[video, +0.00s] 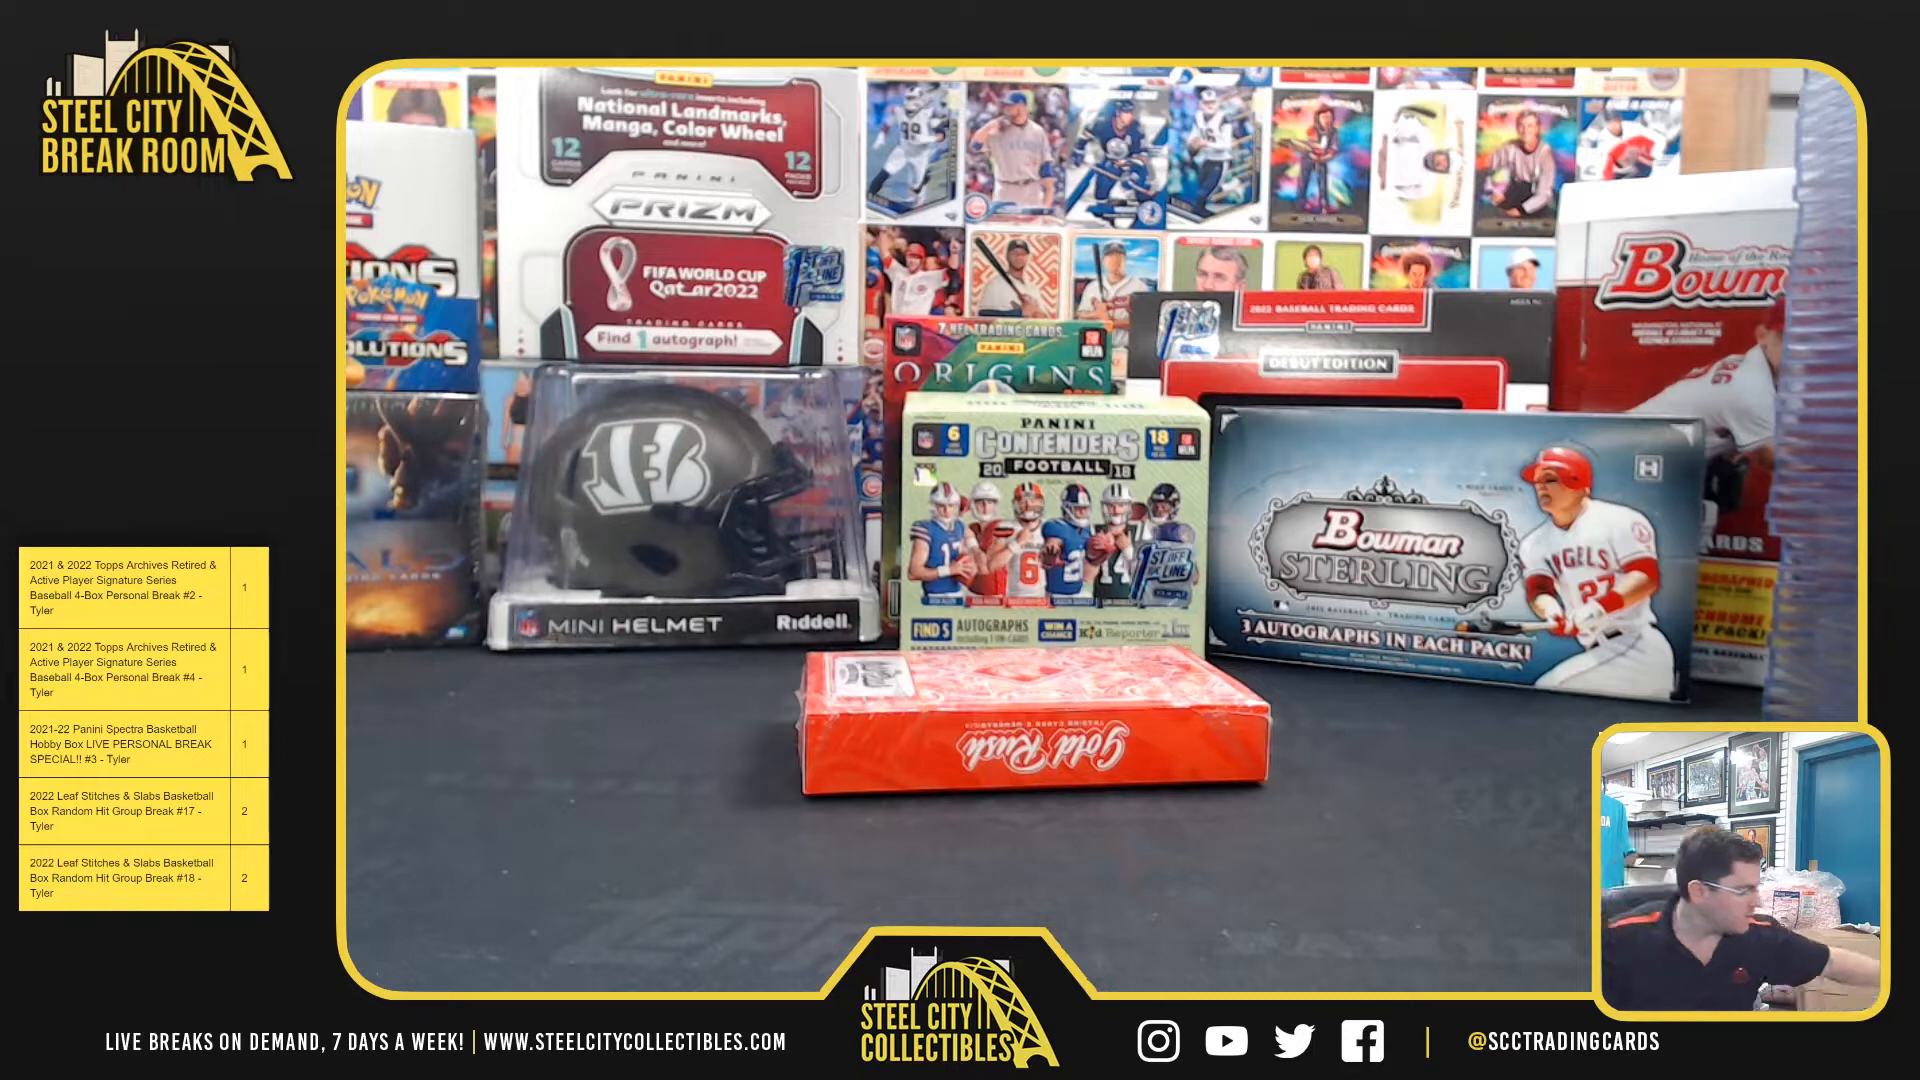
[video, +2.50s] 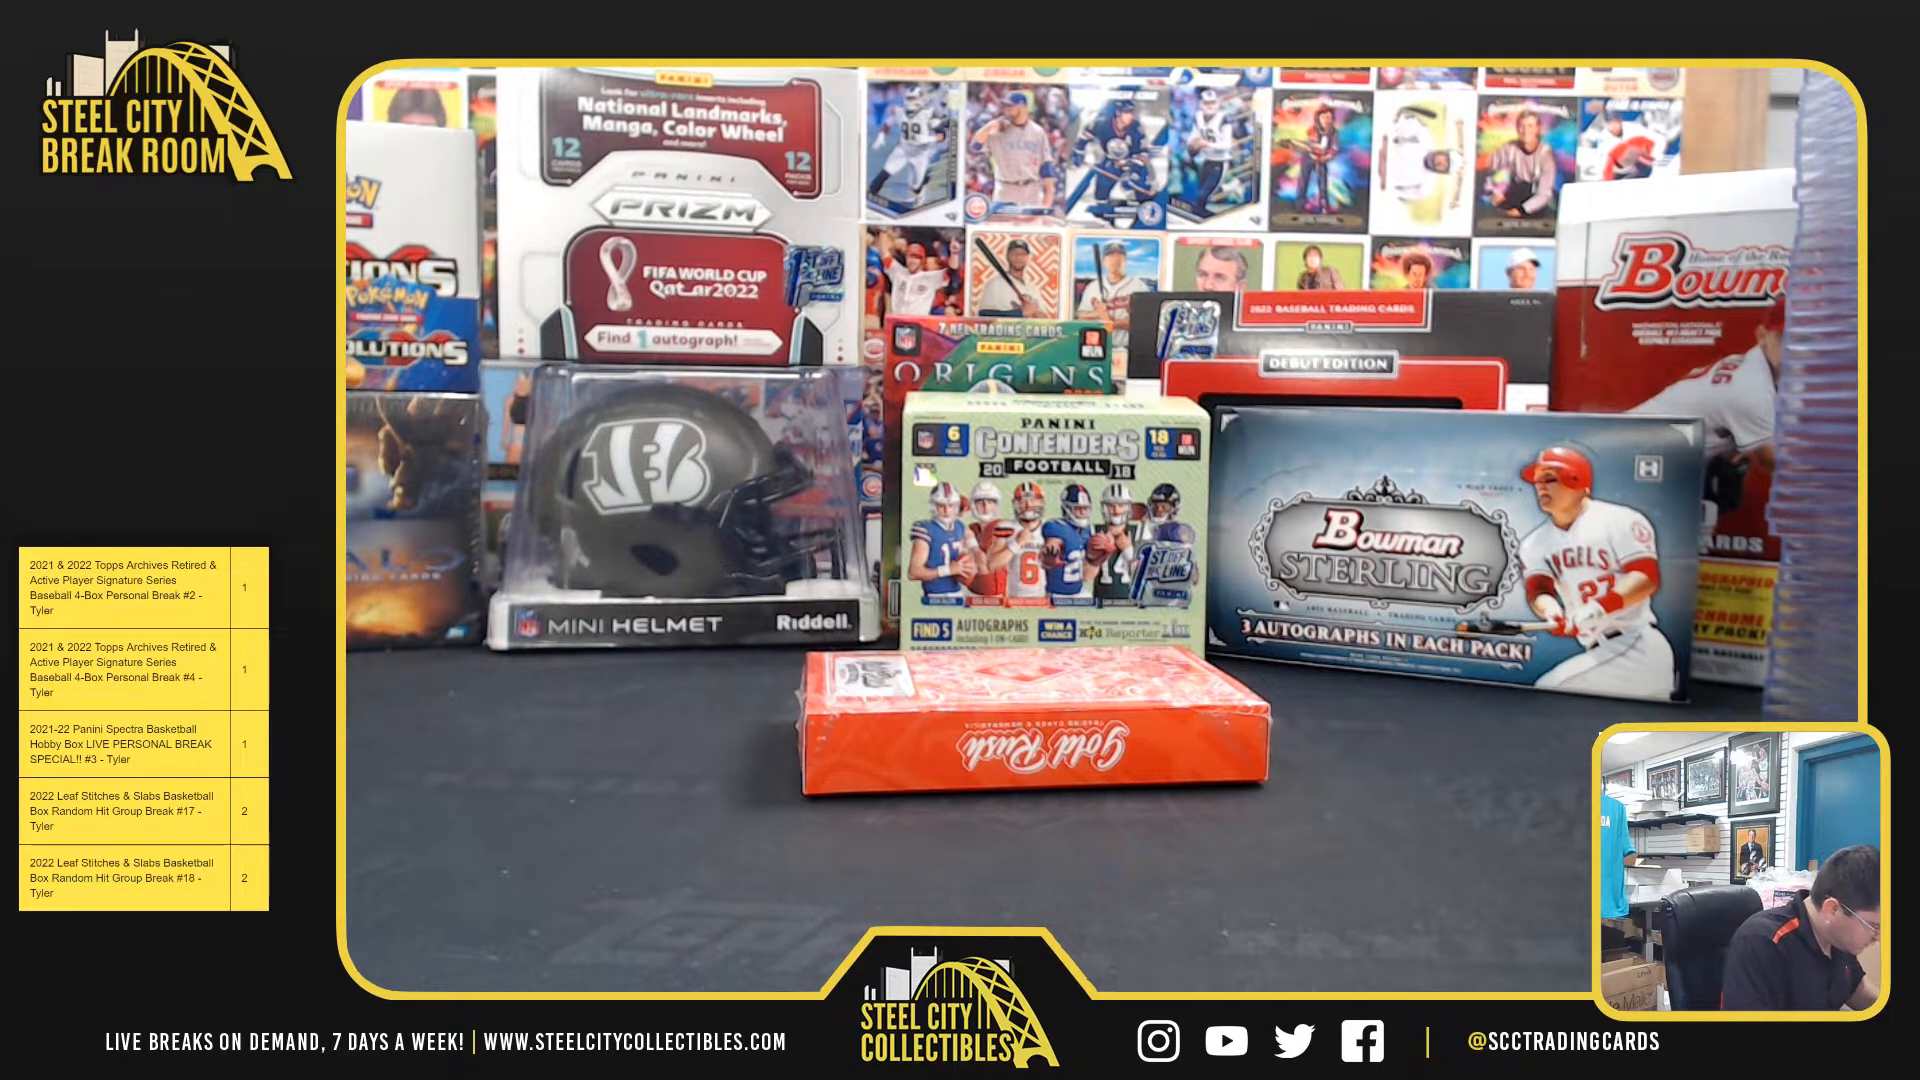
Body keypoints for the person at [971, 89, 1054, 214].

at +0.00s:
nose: (1007, 110)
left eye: (1011, 106)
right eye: (1006, 106)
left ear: (1023, 108)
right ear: (1005, 108)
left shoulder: (1038, 132)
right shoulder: (997, 129)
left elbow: (1046, 167)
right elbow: (974, 147)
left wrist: (1048, 201)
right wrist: (990, 126)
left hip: (1031, 187)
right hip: (1004, 186)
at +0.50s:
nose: (1007, 110)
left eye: (1010, 106)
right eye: (1006, 106)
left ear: (1022, 107)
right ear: (1005, 107)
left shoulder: (1038, 132)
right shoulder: (997, 129)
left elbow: (1046, 167)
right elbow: (974, 147)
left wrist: (1048, 201)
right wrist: (990, 127)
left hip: (1031, 187)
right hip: (1004, 186)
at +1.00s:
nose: (1006, 110)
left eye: (1010, 106)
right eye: (1005, 106)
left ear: (1022, 107)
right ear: (1004, 107)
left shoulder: (1038, 132)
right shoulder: (997, 129)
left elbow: (1046, 166)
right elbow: (974, 147)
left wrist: (1048, 200)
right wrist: (990, 127)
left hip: (1032, 186)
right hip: (1005, 186)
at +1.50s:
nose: (1006, 110)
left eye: (1010, 106)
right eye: (1005, 106)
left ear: (1022, 107)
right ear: (1004, 107)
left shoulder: (1038, 132)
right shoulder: (997, 129)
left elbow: (1046, 166)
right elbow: (974, 147)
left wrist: (1048, 200)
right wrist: (990, 127)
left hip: (1032, 186)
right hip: (1005, 186)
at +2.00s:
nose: (1006, 110)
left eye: (1010, 106)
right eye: (1005, 106)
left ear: (1022, 107)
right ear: (1004, 107)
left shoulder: (1038, 132)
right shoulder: (997, 129)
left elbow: (1046, 166)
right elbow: (974, 146)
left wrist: (1048, 198)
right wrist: (992, 126)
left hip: (1032, 186)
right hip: (1005, 186)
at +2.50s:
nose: (1007, 110)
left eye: (1011, 106)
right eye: (1006, 106)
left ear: (1022, 107)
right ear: (1004, 107)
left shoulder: (1038, 132)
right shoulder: (997, 129)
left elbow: (1046, 166)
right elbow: (974, 147)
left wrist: (1048, 200)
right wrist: (990, 127)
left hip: (1031, 186)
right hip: (1005, 186)